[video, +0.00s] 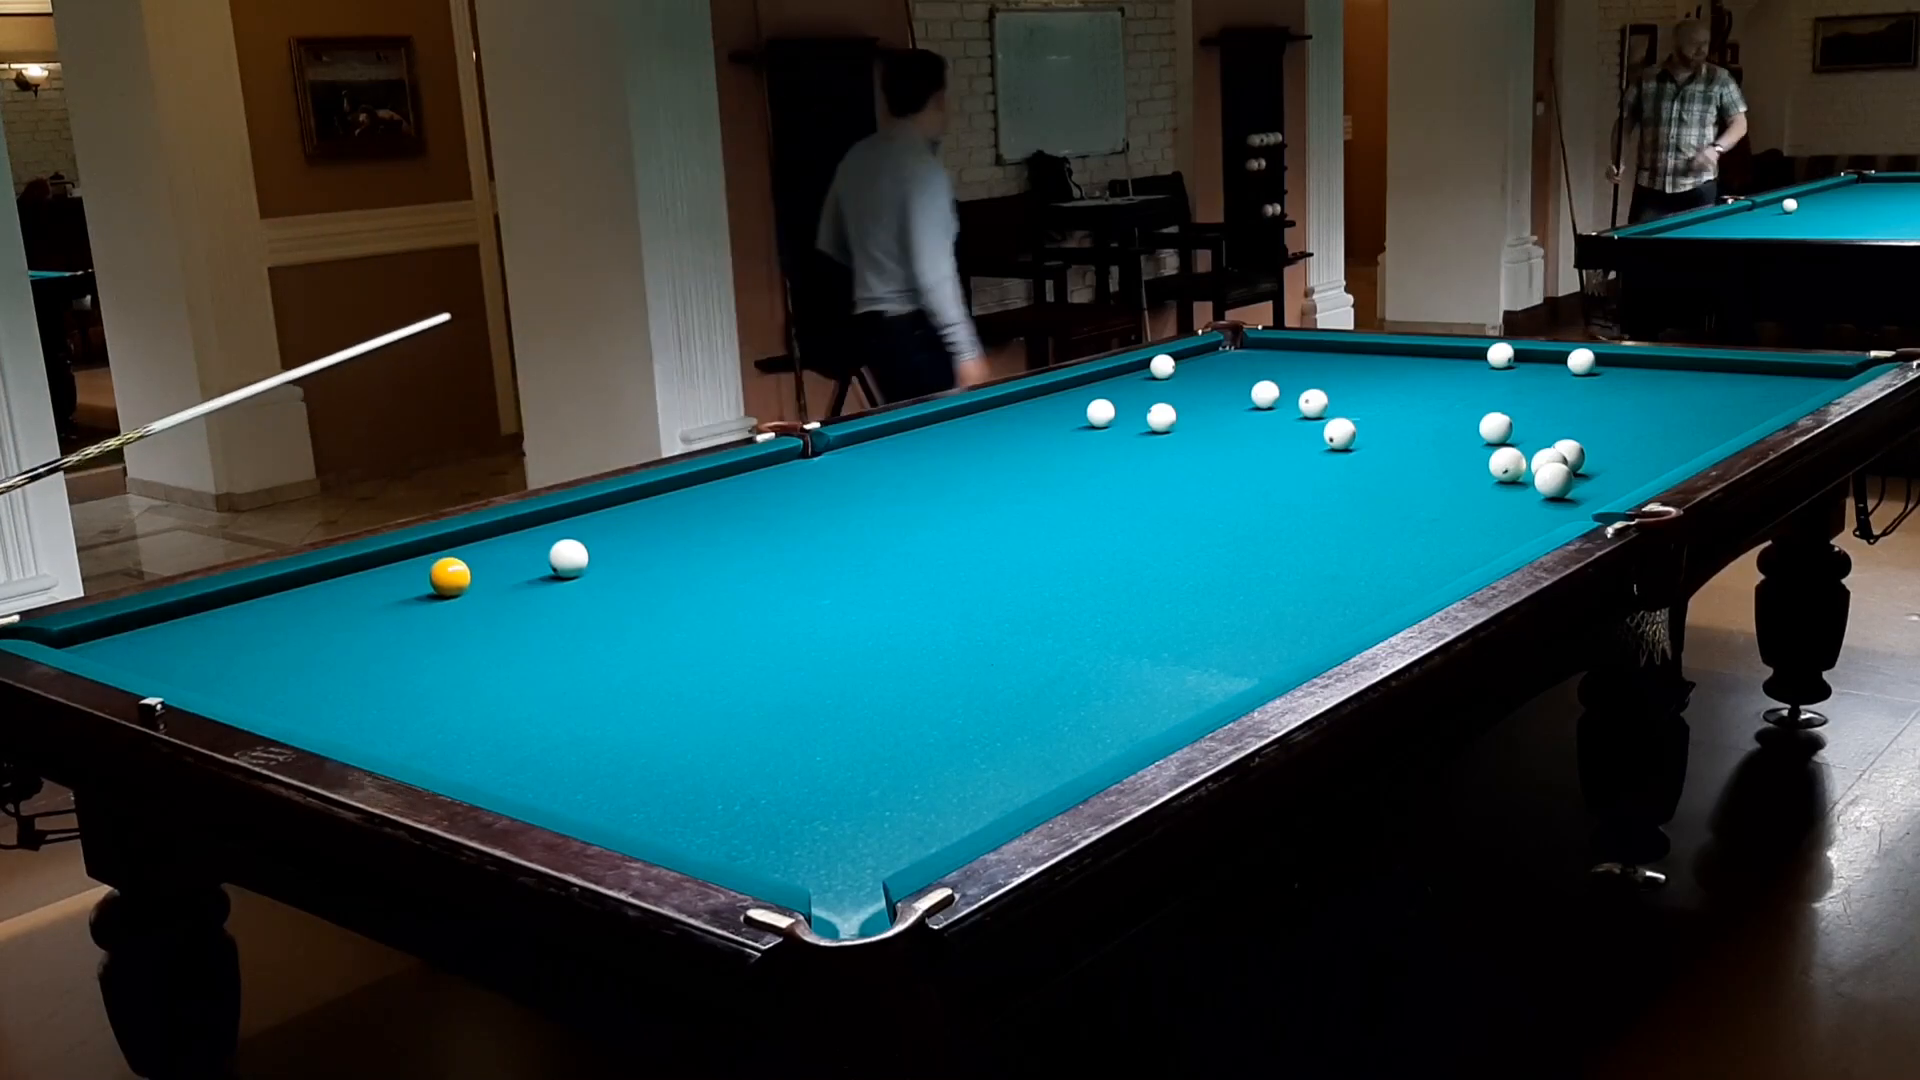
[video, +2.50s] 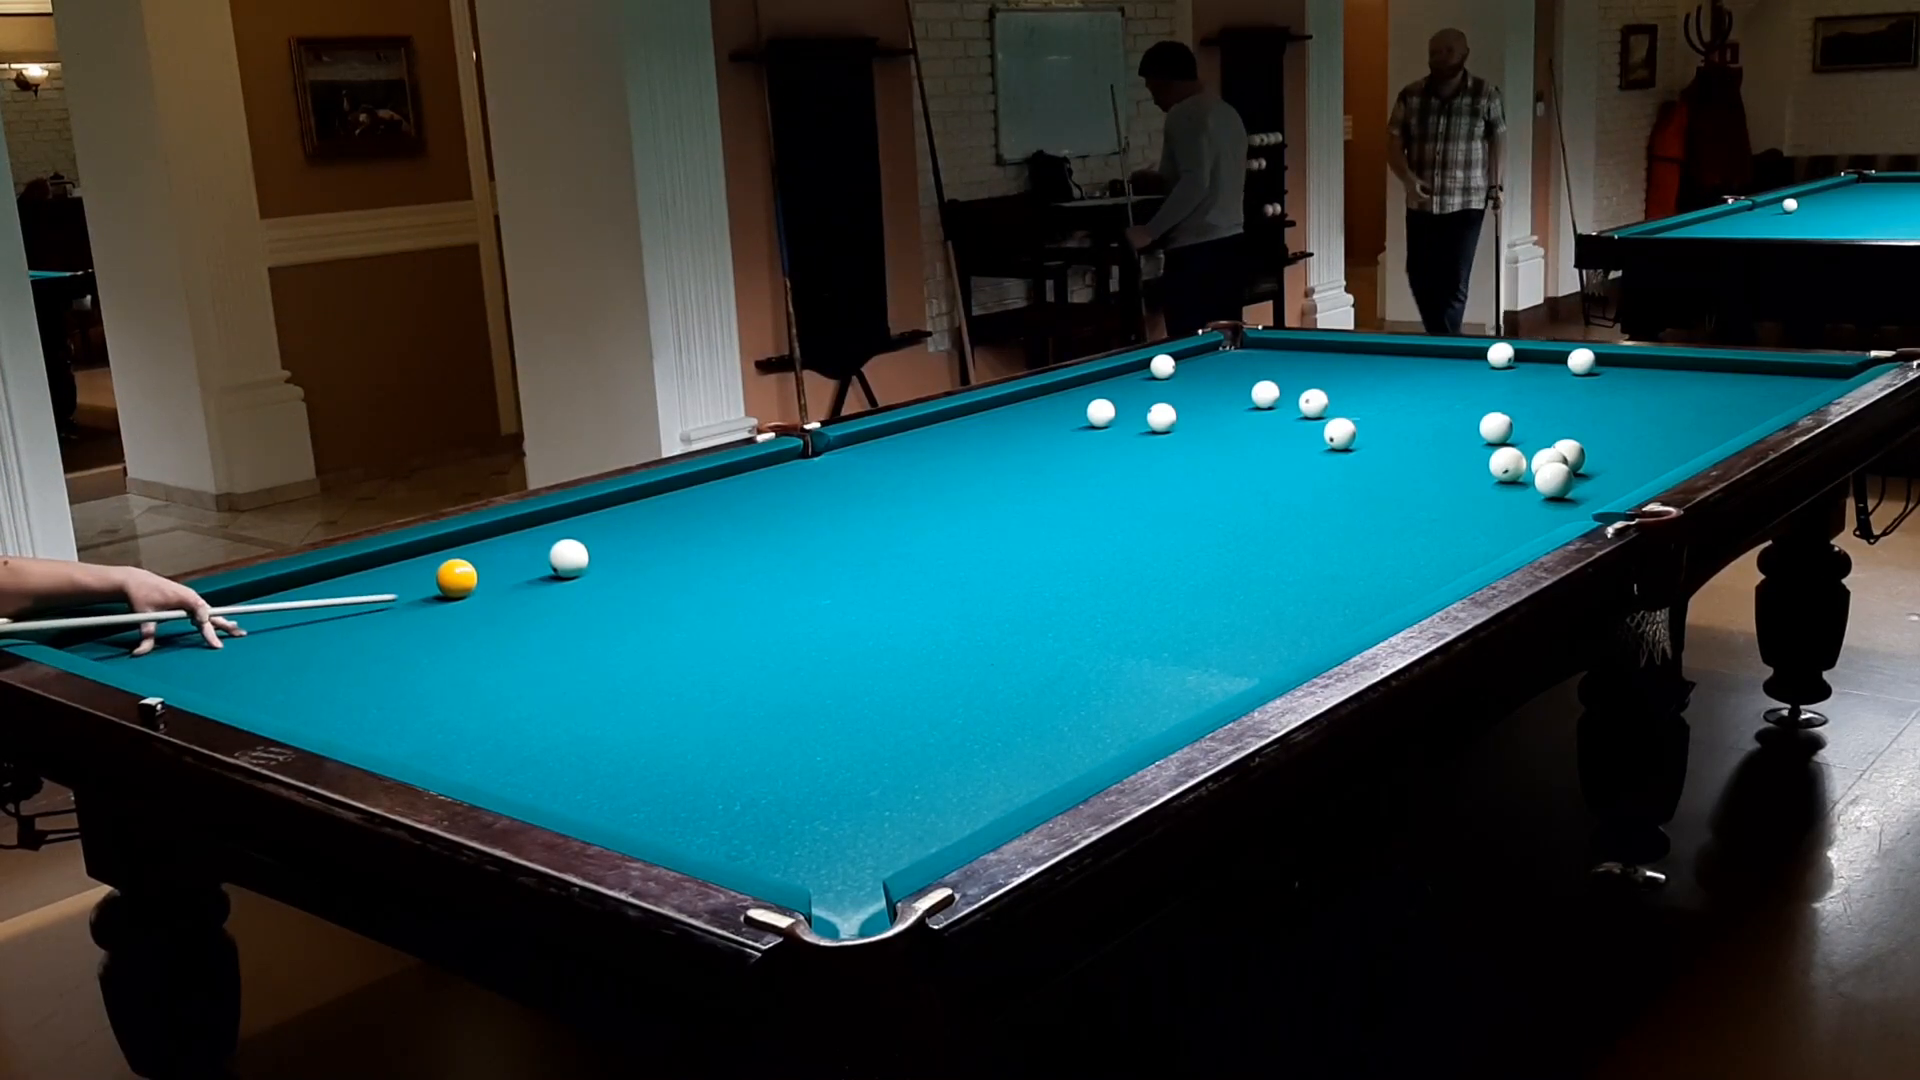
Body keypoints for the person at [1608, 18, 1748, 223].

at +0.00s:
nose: (1703, 50)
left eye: (1706, 44)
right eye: (1695, 44)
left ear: (1710, 45)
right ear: (1677, 44)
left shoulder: (1719, 80)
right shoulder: (1647, 78)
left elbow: (1739, 124)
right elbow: (1624, 122)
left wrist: (1716, 150)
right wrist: (1617, 161)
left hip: (1697, 191)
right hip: (1651, 189)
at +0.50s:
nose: (1607, 48)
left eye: (1613, 42)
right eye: (1600, 42)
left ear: (1625, 44)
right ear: (1592, 45)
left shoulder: (1646, 79)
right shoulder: (1577, 85)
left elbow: (1667, 126)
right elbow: (1561, 133)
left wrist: (1649, 133)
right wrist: (1574, 166)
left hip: (1634, 185)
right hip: (1592, 187)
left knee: (1633, 255)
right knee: (1596, 258)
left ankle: (1633, 325)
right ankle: (1602, 325)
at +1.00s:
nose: (1561, 54)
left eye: (1568, 48)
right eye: (1558, 47)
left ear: (1584, 51)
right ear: (1554, 51)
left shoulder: (1605, 88)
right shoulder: (1543, 92)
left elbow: (1628, 134)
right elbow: (1534, 137)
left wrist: (1604, 147)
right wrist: (1538, 184)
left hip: (1586, 193)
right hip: (1550, 194)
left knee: (1567, 267)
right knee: (1568, 266)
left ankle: (1550, 336)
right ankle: (1604, 326)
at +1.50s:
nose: (1511, 53)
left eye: (1519, 47)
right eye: (1510, 47)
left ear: (1539, 51)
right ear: (1509, 50)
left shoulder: (1559, 87)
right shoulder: (1506, 88)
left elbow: (1583, 136)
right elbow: (1502, 136)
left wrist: (1554, 152)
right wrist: (1497, 177)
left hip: (1545, 196)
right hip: (1505, 196)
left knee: (1549, 272)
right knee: (1490, 269)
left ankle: (1545, 335)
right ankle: (1469, 332)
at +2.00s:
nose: (1450, 59)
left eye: (1457, 52)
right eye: (1448, 52)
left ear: (1477, 53)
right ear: (1446, 53)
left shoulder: (1506, 87)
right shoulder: (1437, 97)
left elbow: (1531, 131)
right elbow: (1416, 147)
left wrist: (1517, 150)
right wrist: (1395, 194)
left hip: (1492, 201)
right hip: (1450, 203)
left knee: (1494, 273)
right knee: (1455, 280)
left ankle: (1512, 340)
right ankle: (1459, 342)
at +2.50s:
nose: (1439, 58)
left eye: (1447, 52)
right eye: (1434, 52)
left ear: (1464, 55)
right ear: (1428, 55)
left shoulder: (1485, 94)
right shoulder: (1411, 95)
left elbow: (1497, 141)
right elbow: (1393, 145)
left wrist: (1495, 185)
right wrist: (1409, 179)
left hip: (1465, 205)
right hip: (1422, 205)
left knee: (1454, 278)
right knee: (1419, 274)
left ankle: (1447, 345)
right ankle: (1438, 339)